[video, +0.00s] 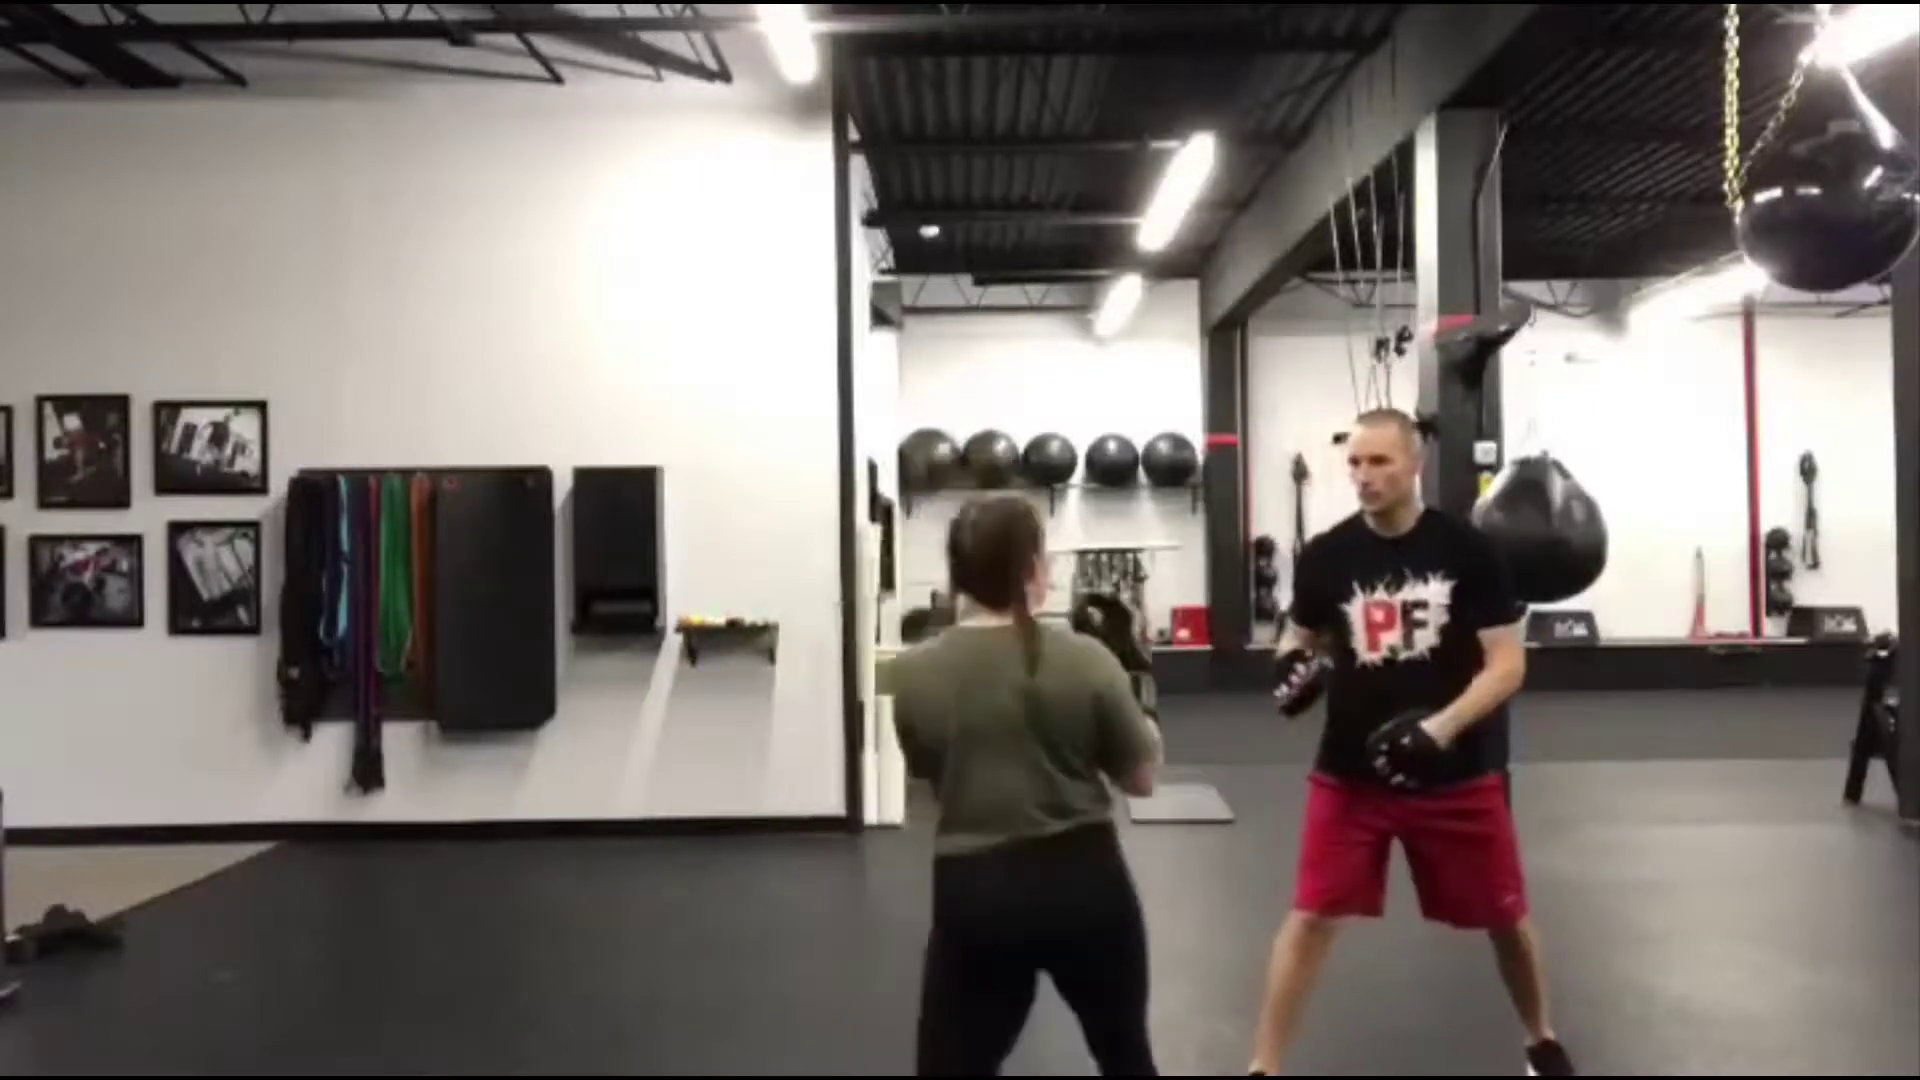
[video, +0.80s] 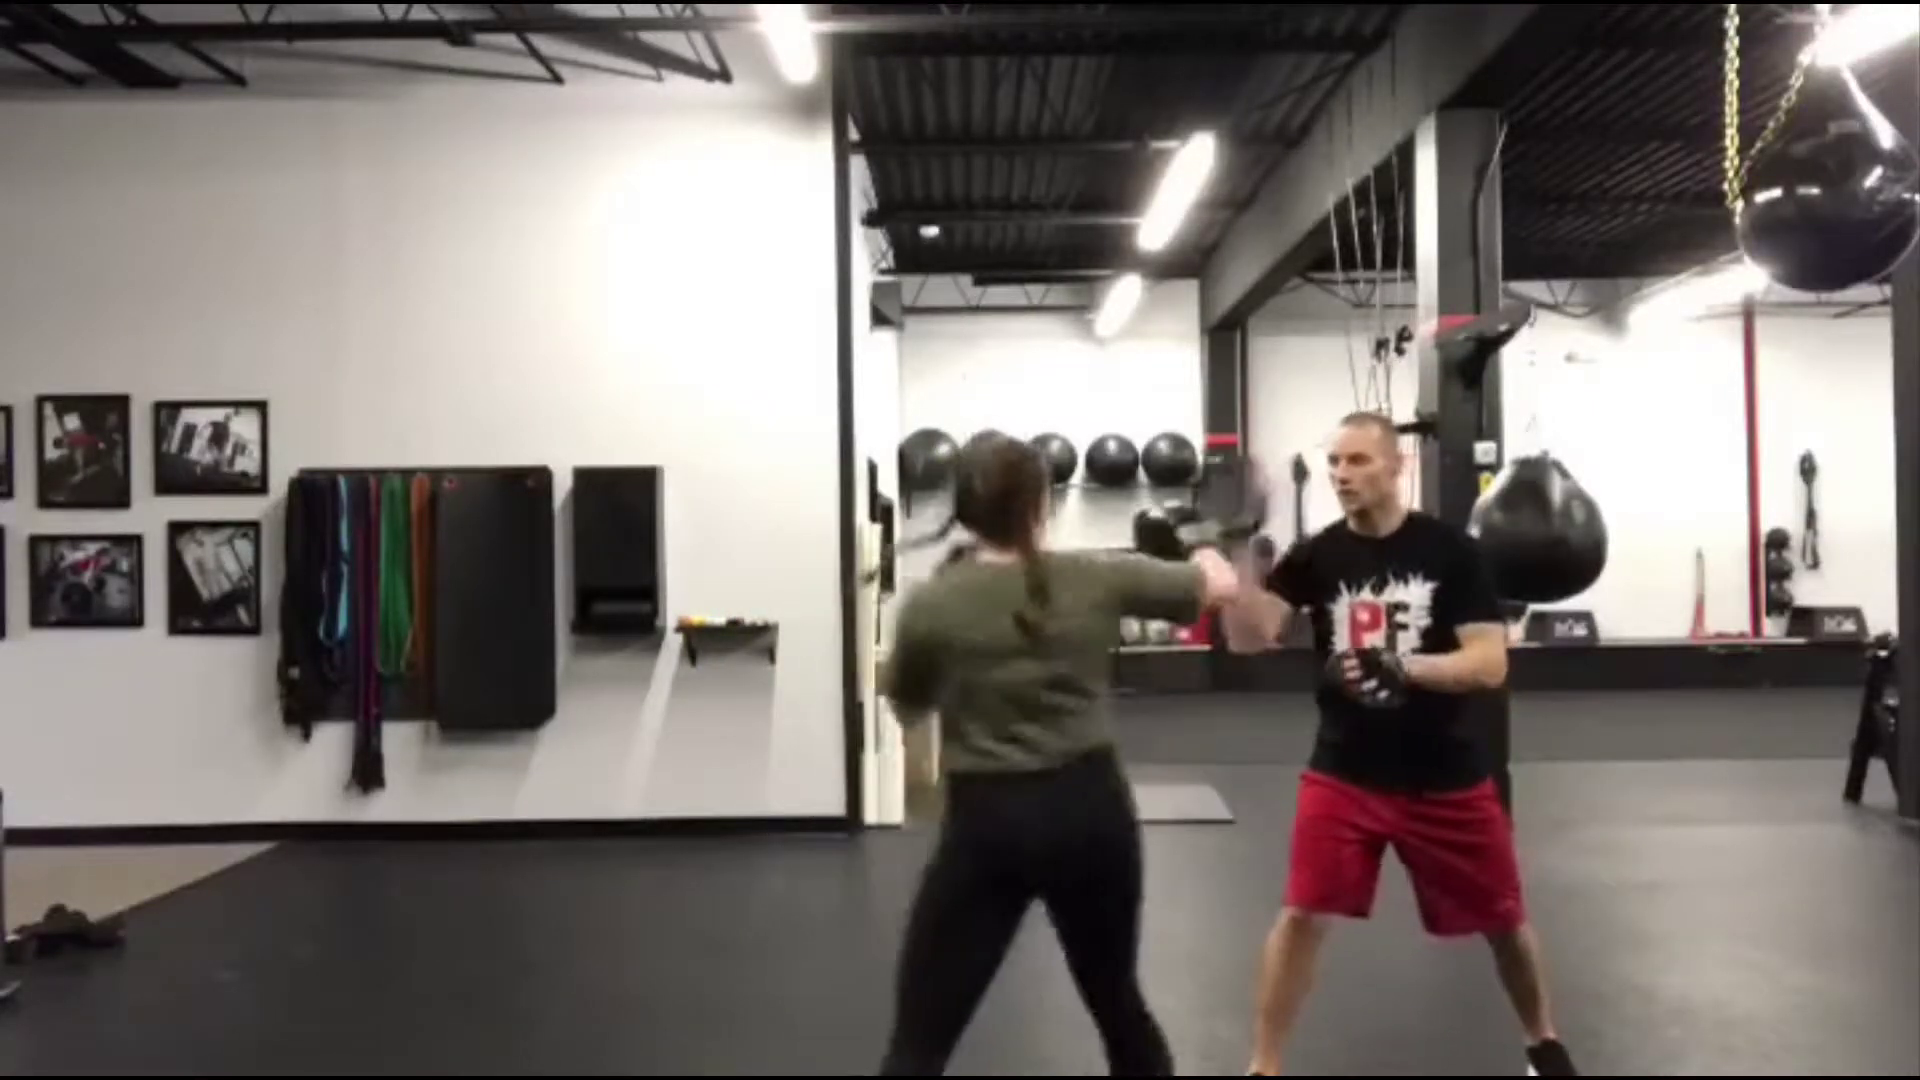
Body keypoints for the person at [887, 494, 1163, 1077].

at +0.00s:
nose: (1050, 565)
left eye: (1045, 552)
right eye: (1045, 553)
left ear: (957, 568)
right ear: (1033, 567)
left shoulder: (916, 672)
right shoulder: (1085, 660)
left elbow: (933, 777)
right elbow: (1140, 776)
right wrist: (1125, 701)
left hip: (975, 894)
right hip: (1085, 883)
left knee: (953, 1065)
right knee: (1126, 1059)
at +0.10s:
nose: (1049, 532)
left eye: (1043, 521)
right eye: (1046, 522)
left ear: (959, 533)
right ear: (1035, 535)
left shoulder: (917, 638)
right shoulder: (1080, 630)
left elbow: (928, 737)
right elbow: (1139, 748)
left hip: (965, 872)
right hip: (1075, 864)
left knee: (934, 1060)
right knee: (1119, 1049)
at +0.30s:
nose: (1034, 511)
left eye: (1032, 500)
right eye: (1031, 500)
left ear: (944, 501)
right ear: (1016, 507)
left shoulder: (882, 594)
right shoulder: (1047, 601)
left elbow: (898, 680)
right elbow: (1106, 723)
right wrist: (1094, 644)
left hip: (897, 821)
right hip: (1003, 823)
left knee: (876, 1043)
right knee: (1067, 1030)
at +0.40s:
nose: (1021, 568)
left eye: (1019, 553)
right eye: (1018, 554)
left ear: (932, 558)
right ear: (1001, 564)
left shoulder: (872, 638)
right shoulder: (1019, 657)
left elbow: (871, 740)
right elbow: (1075, 784)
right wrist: (1075, 692)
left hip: (859, 873)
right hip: (965, 882)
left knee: (854, 1065)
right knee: (1051, 1056)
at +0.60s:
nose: (1016, 544)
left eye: (1013, 531)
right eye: (1013, 532)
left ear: (928, 538)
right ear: (998, 542)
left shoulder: (871, 625)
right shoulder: (1025, 636)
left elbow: (858, 728)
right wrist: (1131, 688)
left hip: (881, 871)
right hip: (986, 876)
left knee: (854, 1061)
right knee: (1066, 1026)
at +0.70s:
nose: (1025, 499)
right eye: (1022, 489)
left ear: (942, 503)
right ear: (1017, 499)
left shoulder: (893, 591)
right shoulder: (1061, 582)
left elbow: (880, 686)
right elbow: (1182, 637)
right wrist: (1175, 587)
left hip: (941, 821)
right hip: (1046, 816)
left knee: (887, 1032)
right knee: (1092, 1000)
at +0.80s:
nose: (1043, 503)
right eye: (1040, 493)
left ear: (965, 510)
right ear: (1041, 503)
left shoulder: (934, 604)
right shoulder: (1092, 579)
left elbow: (905, 700)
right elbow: (1210, 585)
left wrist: (945, 602)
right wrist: (1203, 559)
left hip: (988, 824)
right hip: (1092, 812)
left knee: (921, 1035)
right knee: (1117, 998)